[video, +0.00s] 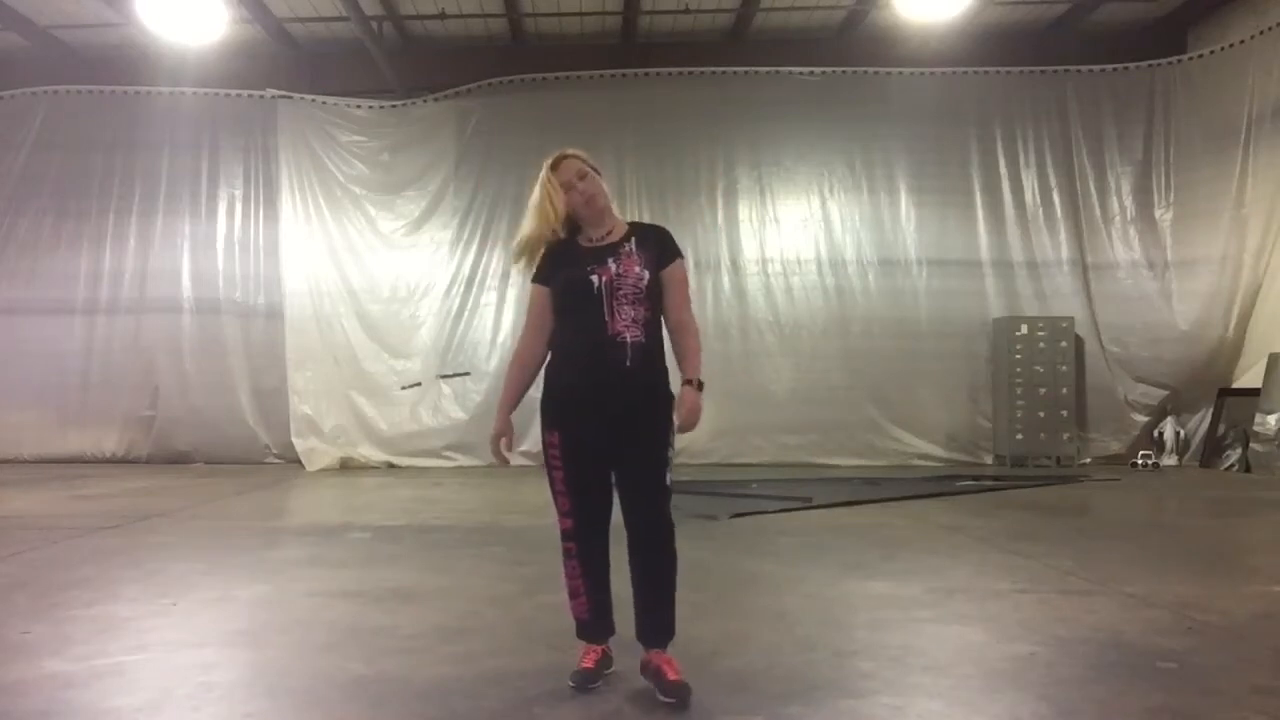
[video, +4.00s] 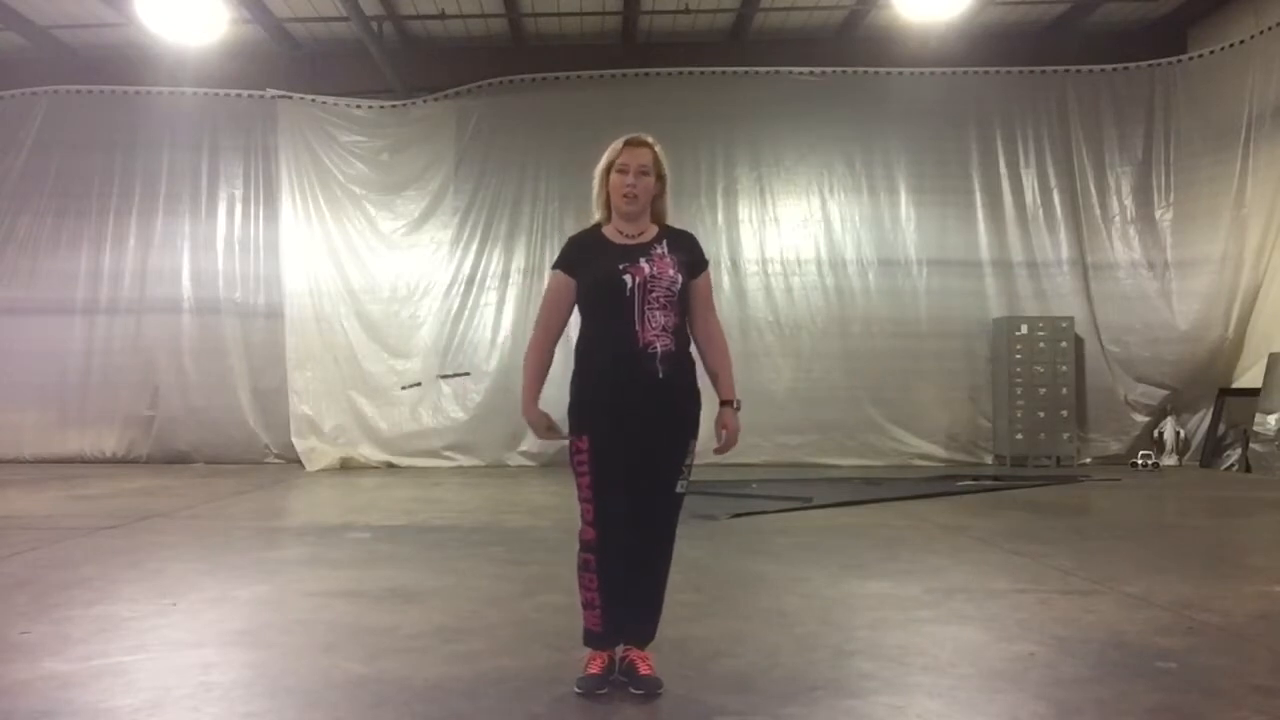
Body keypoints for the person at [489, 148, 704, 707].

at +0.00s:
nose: (582, 187)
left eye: (585, 175)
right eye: (569, 186)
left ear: (604, 178)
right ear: (561, 205)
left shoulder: (653, 241)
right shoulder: (556, 258)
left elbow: (680, 319)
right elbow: (534, 339)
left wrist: (693, 383)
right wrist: (505, 409)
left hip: (642, 410)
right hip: (572, 415)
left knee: (652, 528)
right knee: (582, 531)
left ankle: (657, 650)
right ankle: (594, 644)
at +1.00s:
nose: (636, 166)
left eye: (647, 160)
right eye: (626, 162)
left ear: (667, 178)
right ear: (614, 184)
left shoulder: (696, 246)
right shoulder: (595, 247)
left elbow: (725, 321)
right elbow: (557, 320)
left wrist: (723, 364)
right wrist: (573, 373)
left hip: (683, 403)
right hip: (615, 403)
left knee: (674, 526)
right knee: (610, 524)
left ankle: (662, 642)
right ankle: (601, 643)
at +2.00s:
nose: (619, 163)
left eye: (629, 156)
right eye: (609, 156)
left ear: (646, 173)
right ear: (594, 173)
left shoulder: (671, 240)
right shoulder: (569, 241)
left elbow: (713, 303)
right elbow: (520, 304)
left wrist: (720, 367)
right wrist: (517, 370)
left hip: (656, 403)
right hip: (585, 402)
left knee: (645, 524)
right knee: (589, 527)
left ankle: (634, 648)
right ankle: (597, 649)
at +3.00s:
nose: (631, 170)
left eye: (643, 165)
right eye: (623, 160)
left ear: (656, 181)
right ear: (604, 169)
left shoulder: (673, 242)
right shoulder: (571, 239)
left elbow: (702, 318)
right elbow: (535, 320)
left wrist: (733, 377)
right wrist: (492, 381)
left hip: (663, 405)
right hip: (593, 405)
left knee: (650, 522)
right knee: (597, 524)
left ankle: (633, 648)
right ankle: (599, 649)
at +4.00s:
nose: (632, 181)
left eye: (644, 173)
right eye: (622, 171)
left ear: (658, 183)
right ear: (606, 179)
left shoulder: (682, 247)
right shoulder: (583, 248)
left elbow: (706, 327)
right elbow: (548, 330)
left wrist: (728, 399)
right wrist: (529, 402)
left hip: (669, 410)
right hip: (600, 409)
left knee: (653, 527)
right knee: (601, 528)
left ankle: (635, 648)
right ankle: (599, 649)